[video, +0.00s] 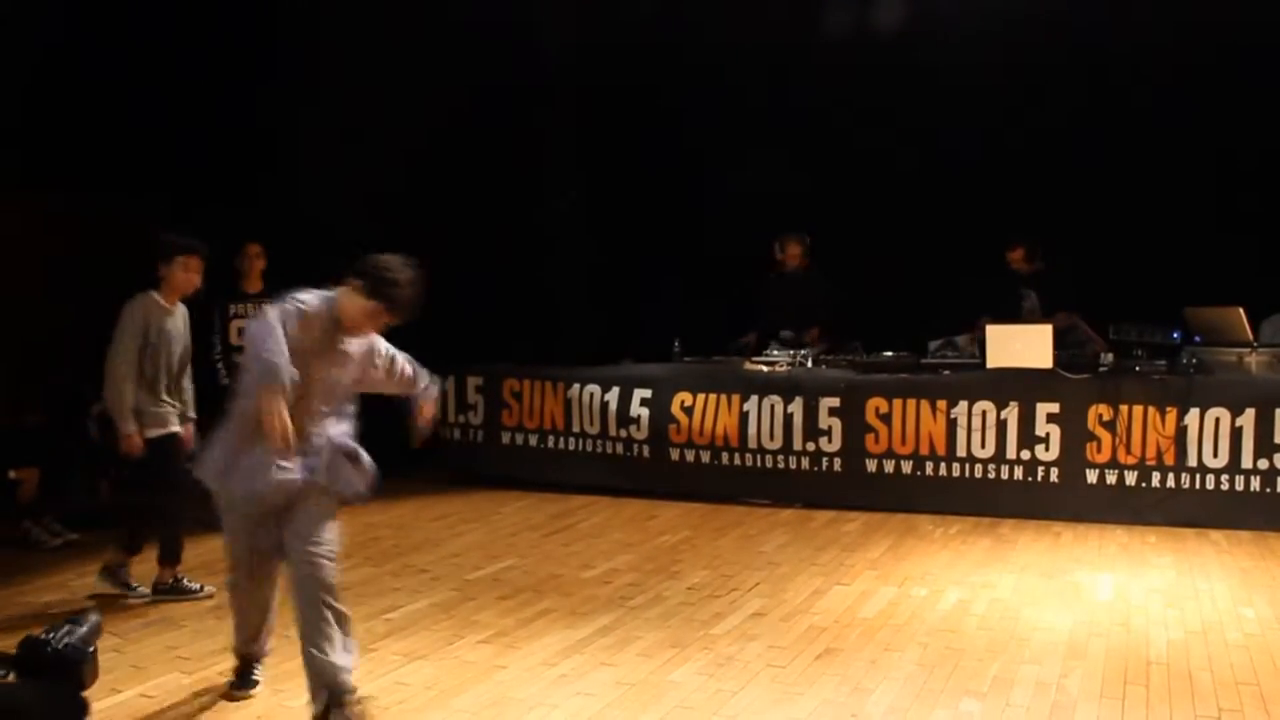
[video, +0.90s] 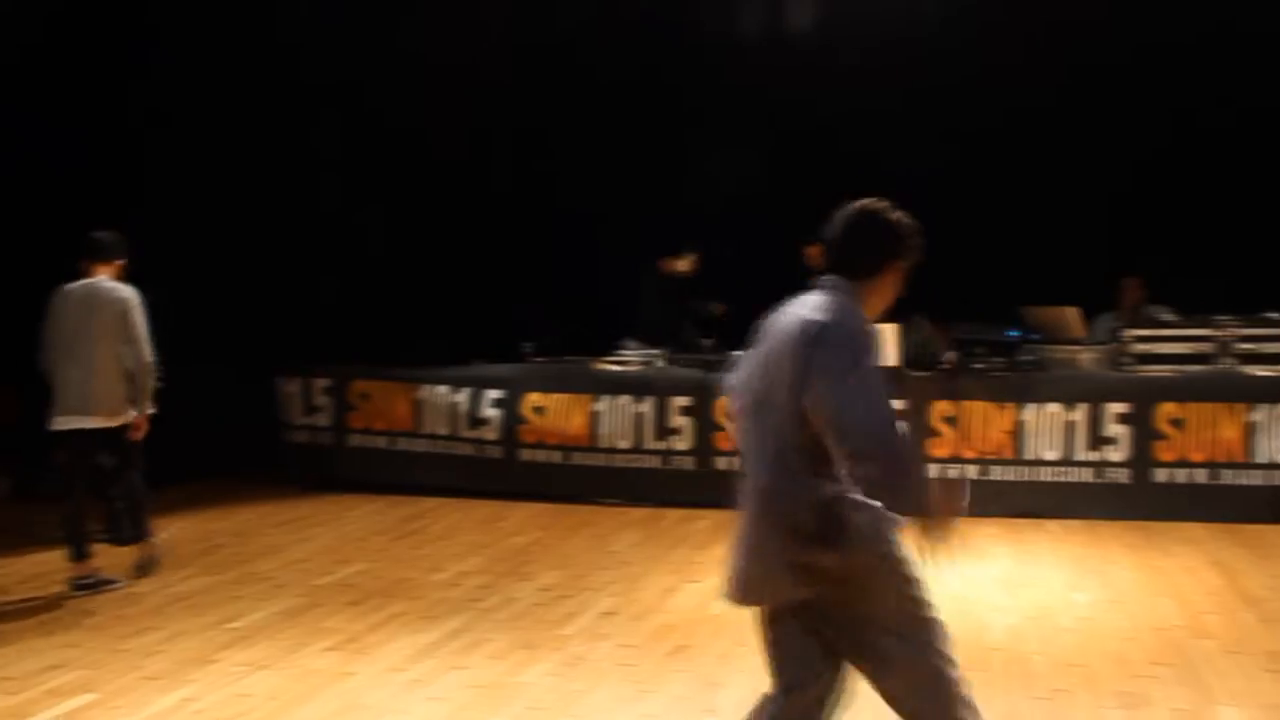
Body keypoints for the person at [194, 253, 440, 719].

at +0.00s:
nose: (375, 328)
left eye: (384, 323)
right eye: (376, 315)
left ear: (385, 318)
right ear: (356, 290)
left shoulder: (363, 347)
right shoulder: (298, 310)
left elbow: (407, 373)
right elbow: (263, 332)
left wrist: (427, 392)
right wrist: (273, 394)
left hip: (312, 474)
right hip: (250, 472)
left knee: (318, 578)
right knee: (250, 577)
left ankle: (334, 695)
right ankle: (248, 656)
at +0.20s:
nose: (481, 282)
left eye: (489, 273)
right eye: (479, 267)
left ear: (485, 271)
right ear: (449, 250)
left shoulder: (442, 316)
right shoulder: (388, 302)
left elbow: (435, 403)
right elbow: (356, 392)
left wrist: (468, 399)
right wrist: (439, 400)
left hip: (408, 469)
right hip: (368, 468)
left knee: (391, 592)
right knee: (423, 577)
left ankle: (326, 707)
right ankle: (323, 639)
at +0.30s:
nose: (527, 261)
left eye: (532, 249)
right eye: (524, 245)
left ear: (494, 236)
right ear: (486, 229)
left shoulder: (476, 296)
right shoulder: (442, 286)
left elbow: (498, 371)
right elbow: (439, 374)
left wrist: (548, 393)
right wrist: (532, 386)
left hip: (455, 467)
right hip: (431, 467)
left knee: (445, 592)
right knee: (527, 566)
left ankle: (372, 688)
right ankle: (507, 695)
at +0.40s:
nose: (573, 270)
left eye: (578, 257)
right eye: (568, 254)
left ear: (532, 246)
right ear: (534, 244)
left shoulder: (482, 298)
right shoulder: (507, 304)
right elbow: (558, 402)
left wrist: (586, 469)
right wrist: (607, 480)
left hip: (472, 503)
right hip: (504, 507)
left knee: (483, 654)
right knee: (583, 644)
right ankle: (641, 713)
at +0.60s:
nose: (725, 269)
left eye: (727, 256)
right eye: (720, 254)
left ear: (675, 244)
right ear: (690, 246)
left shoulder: (612, 304)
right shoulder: (669, 296)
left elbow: (567, 402)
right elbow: (655, 384)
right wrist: (740, 408)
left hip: (583, 521)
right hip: (633, 522)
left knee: (595, 635)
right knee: (690, 641)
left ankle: (499, 705)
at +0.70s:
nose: (786, 264)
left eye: (790, 249)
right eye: (783, 247)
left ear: (734, 233)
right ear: (756, 237)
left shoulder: (672, 293)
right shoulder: (720, 282)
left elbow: (622, 371)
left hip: (664, 500)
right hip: (702, 502)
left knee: (711, 631)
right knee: (763, 629)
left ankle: (693, 708)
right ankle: (701, 705)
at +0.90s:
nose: (901, 289)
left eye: (903, 274)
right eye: (903, 274)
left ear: (835, 258)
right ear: (889, 270)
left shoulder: (782, 321)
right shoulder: (835, 328)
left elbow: (737, 396)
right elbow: (864, 436)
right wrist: (924, 499)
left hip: (781, 553)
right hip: (843, 554)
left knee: (800, 697)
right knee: (934, 697)